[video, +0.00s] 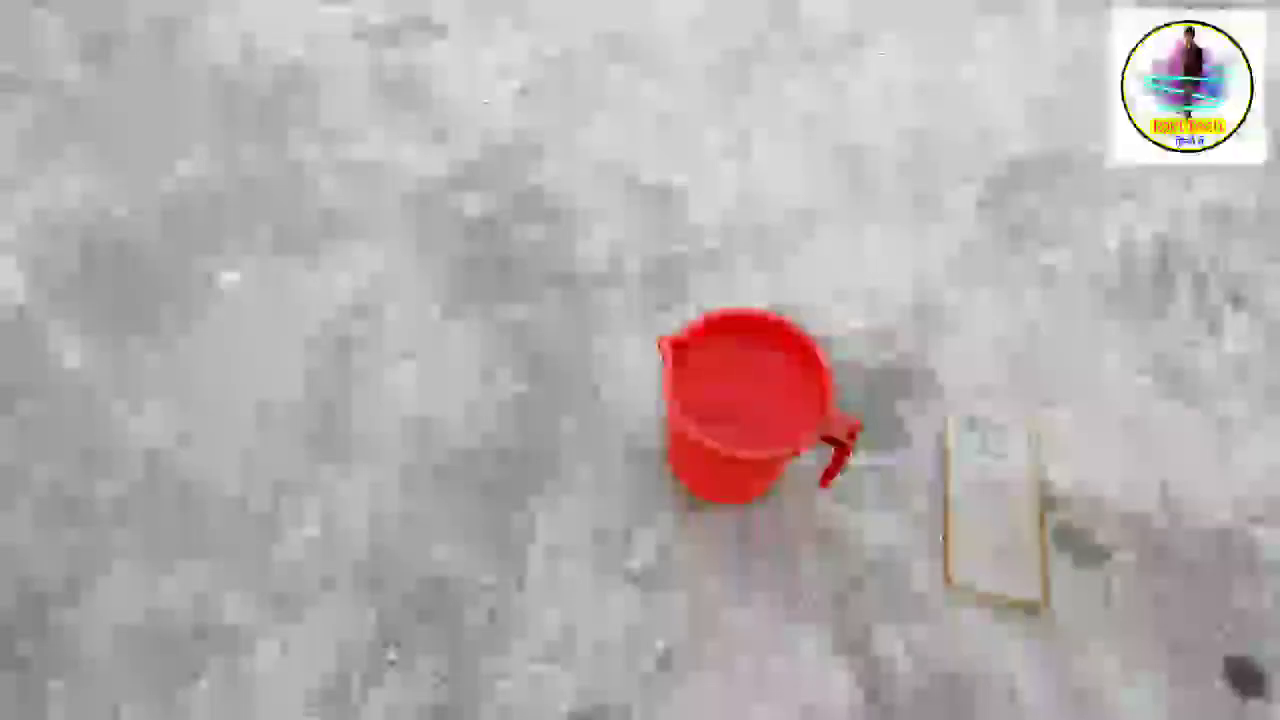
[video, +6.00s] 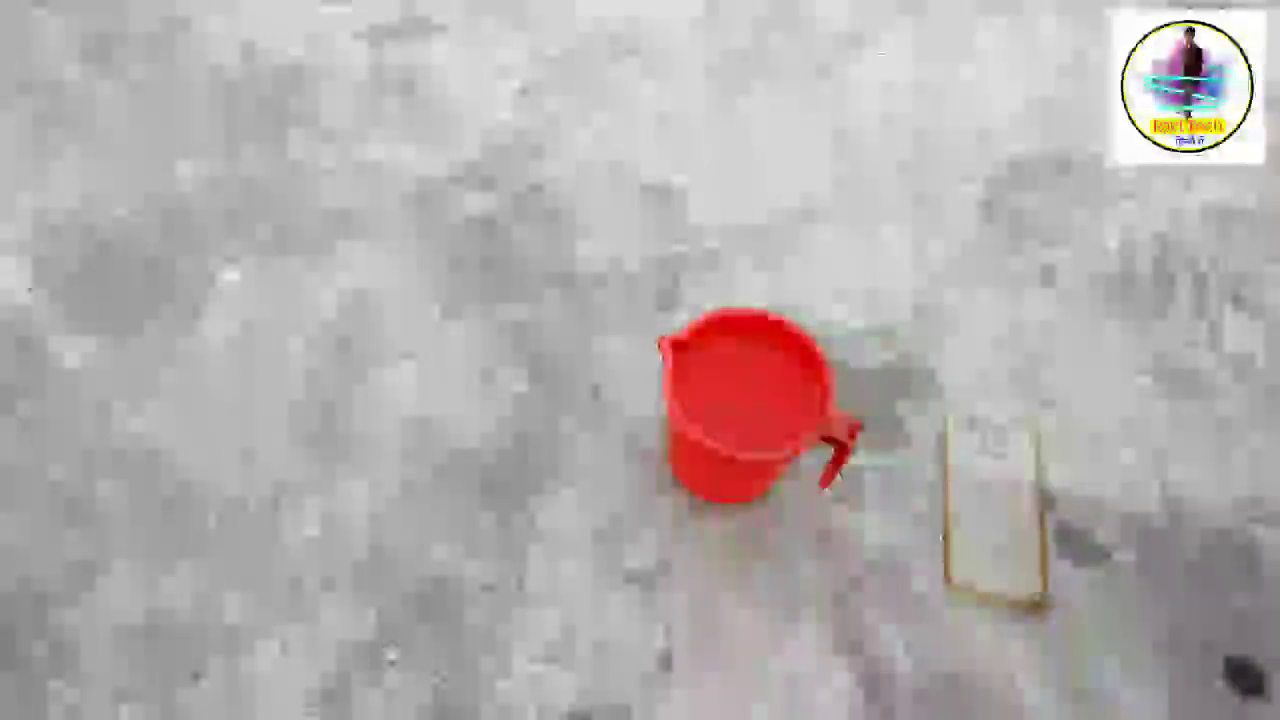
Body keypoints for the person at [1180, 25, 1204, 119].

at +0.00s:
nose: (1187, 38)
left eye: (1189, 35)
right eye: (1186, 35)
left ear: (1193, 36)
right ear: (1184, 36)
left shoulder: (1197, 50)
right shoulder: (1182, 50)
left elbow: (1199, 64)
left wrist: (1198, 75)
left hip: (1194, 75)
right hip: (1184, 74)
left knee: (1190, 93)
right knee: (1186, 93)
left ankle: (1188, 112)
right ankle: (1186, 112)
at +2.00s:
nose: (1187, 38)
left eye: (1189, 36)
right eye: (1186, 36)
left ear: (1193, 36)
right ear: (1184, 36)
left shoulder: (1197, 50)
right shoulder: (1181, 49)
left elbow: (1199, 64)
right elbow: (1176, 61)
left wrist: (1197, 75)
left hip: (1193, 75)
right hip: (1183, 74)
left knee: (1190, 93)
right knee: (1185, 93)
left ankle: (1188, 111)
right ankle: (1186, 111)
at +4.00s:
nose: (1188, 38)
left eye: (1190, 35)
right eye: (1187, 35)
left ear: (1193, 36)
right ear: (1184, 36)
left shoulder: (1198, 50)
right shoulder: (1182, 49)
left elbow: (1199, 64)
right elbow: (1179, 62)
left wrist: (1198, 74)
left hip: (1194, 74)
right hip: (1184, 74)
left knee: (1191, 92)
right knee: (1186, 92)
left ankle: (1189, 111)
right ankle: (1186, 111)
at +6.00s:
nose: (1188, 38)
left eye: (1190, 36)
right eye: (1187, 35)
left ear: (1193, 36)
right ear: (1184, 36)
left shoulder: (1197, 50)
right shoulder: (1182, 49)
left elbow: (1199, 64)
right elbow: (1176, 61)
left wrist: (1197, 74)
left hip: (1193, 74)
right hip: (1183, 74)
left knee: (1190, 93)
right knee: (1185, 93)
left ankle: (1188, 112)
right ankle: (1186, 112)